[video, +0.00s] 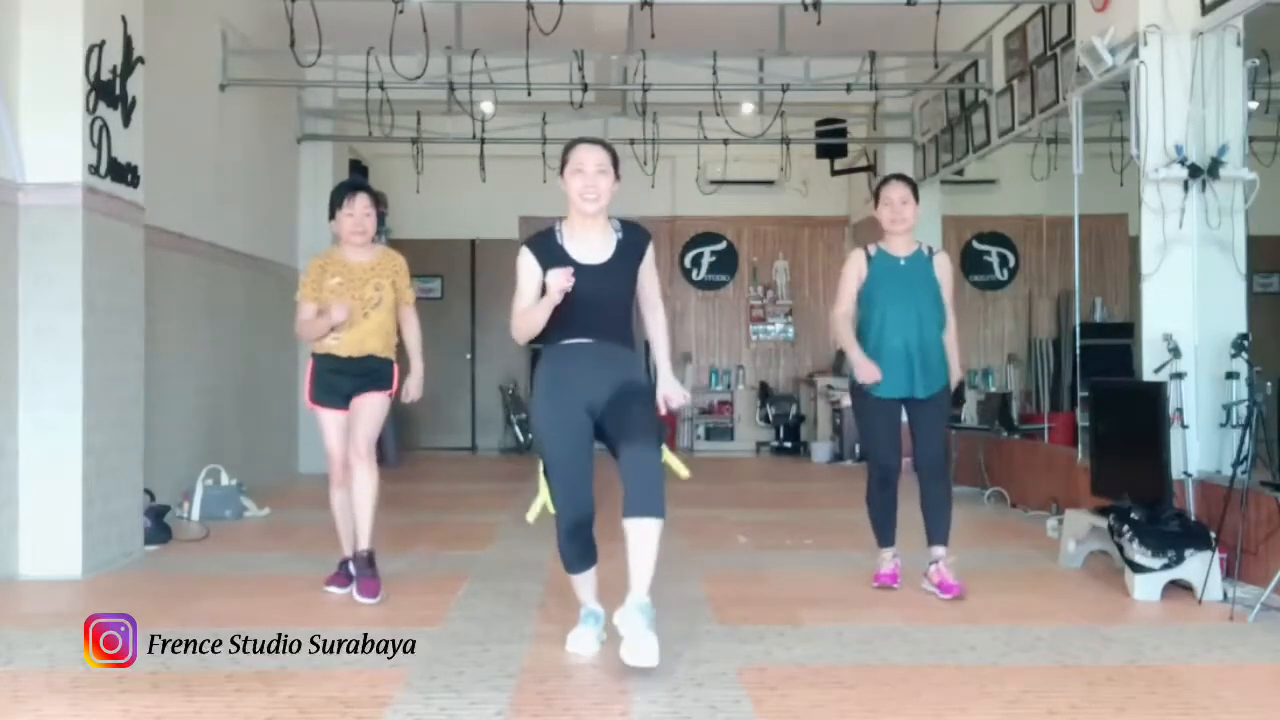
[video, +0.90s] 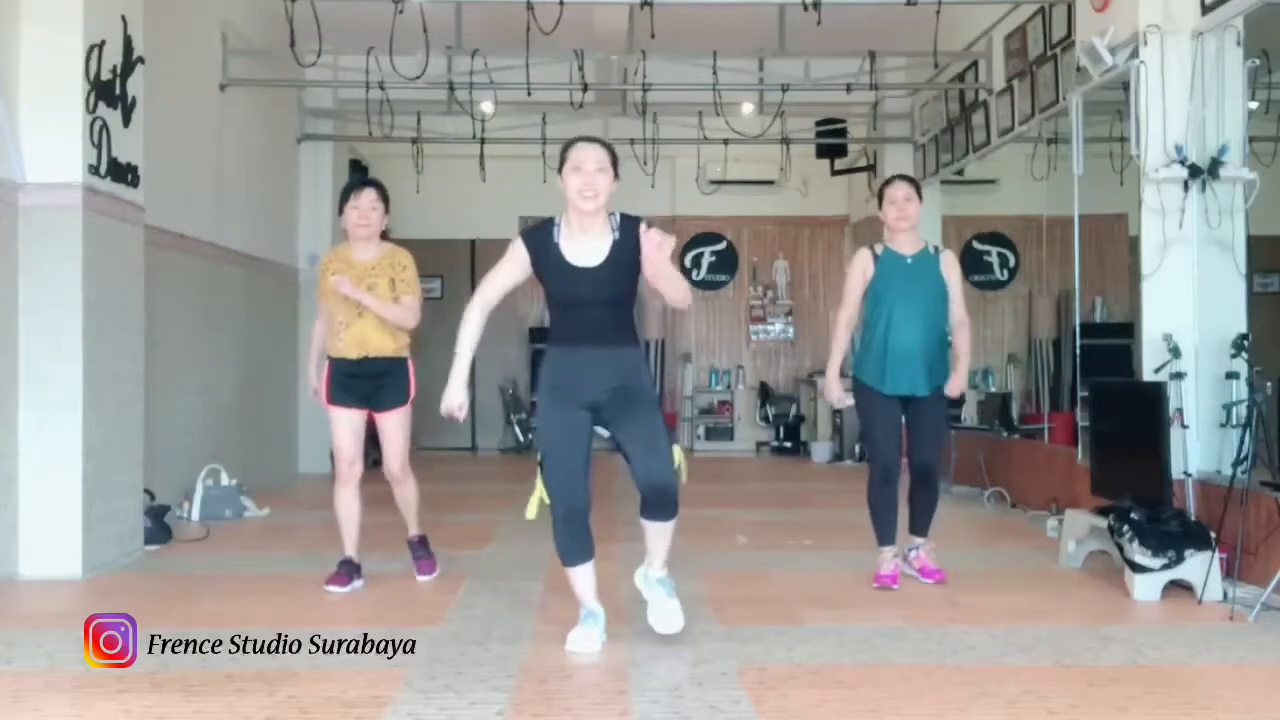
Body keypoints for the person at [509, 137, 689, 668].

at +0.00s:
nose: (589, 181)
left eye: (600, 172)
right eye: (579, 171)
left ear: (615, 182)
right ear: (562, 180)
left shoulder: (636, 242)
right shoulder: (537, 250)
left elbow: (653, 311)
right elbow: (521, 330)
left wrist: (665, 373)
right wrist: (549, 298)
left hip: (625, 374)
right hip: (559, 377)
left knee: (644, 465)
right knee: (573, 509)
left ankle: (638, 605)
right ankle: (590, 612)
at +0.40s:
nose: (589, 179)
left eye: (599, 171)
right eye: (578, 171)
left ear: (615, 182)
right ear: (561, 182)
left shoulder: (640, 244)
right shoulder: (538, 249)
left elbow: (655, 316)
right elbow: (522, 330)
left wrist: (670, 372)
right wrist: (534, 367)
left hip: (626, 385)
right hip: (559, 387)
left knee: (650, 471)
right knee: (570, 507)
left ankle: (645, 606)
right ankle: (591, 614)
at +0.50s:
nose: (590, 175)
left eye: (600, 167)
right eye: (579, 166)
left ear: (615, 178)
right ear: (562, 177)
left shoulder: (640, 237)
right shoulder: (537, 245)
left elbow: (664, 304)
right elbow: (520, 327)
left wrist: (669, 339)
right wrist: (519, 397)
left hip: (624, 380)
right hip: (558, 382)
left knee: (658, 472)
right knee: (570, 504)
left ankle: (646, 584)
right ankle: (590, 612)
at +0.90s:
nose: (588, 179)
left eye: (599, 171)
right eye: (577, 170)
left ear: (615, 182)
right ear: (560, 180)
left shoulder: (637, 236)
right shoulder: (537, 242)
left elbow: (682, 298)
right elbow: (481, 301)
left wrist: (660, 267)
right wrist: (457, 380)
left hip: (627, 380)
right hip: (562, 384)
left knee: (661, 484)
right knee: (568, 502)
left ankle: (655, 574)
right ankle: (590, 611)